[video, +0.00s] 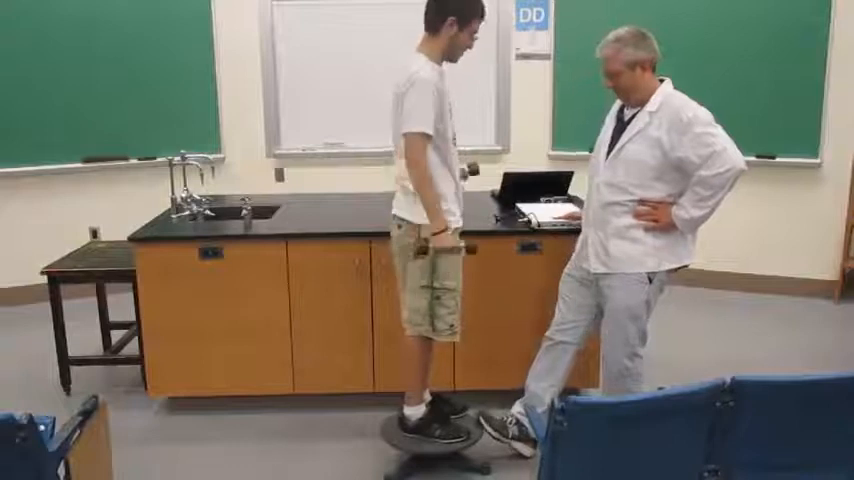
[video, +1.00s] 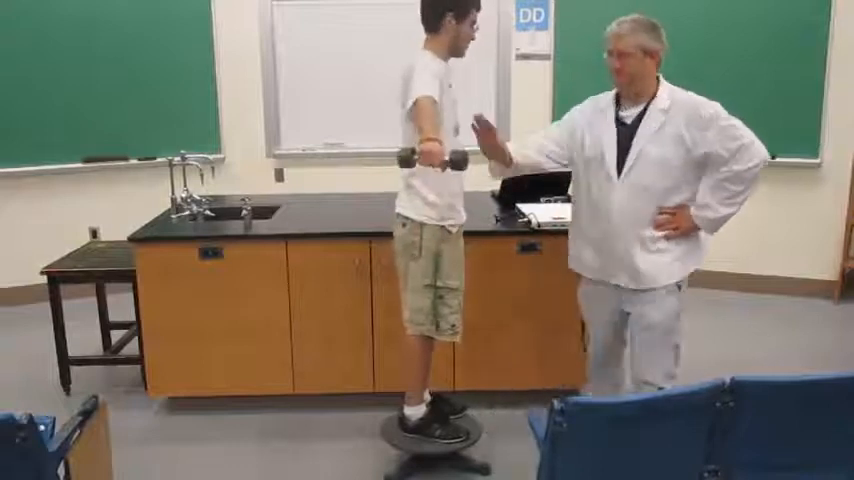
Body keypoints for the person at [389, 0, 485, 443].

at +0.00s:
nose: (472, 45)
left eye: (475, 37)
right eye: (472, 35)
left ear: (446, 26)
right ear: (450, 26)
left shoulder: (427, 75)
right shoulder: (422, 78)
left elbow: (419, 153)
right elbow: (415, 156)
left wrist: (451, 175)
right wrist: (439, 221)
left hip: (428, 220)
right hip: (422, 222)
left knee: (428, 318)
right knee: (422, 320)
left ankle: (422, 400)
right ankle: (414, 411)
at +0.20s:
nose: (472, 32)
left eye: (472, 23)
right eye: (470, 22)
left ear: (441, 21)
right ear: (453, 20)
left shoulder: (435, 68)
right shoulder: (426, 68)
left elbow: (429, 132)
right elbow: (419, 127)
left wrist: (449, 187)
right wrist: (440, 186)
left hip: (435, 215)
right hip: (423, 216)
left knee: (431, 314)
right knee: (421, 316)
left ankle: (423, 398)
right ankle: (413, 411)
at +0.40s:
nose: (476, 32)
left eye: (477, 23)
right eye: (474, 22)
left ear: (447, 21)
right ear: (457, 20)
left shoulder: (440, 68)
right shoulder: (428, 66)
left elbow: (435, 122)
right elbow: (426, 113)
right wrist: (434, 152)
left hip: (441, 214)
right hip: (425, 214)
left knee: (435, 313)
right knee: (424, 315)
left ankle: (424, 398)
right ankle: (414, 411)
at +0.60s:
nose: (478, 32)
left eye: (478, 23)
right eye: (476, 22)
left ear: (451, 21)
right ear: (457, 21)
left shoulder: (442, 69)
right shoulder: (428, 66)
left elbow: (438, 124)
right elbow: (426, 111)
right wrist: (432, 144)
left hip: (441, 214)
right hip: (425, 214)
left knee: (434, 314)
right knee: (423, 315)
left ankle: (423, 398)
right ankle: (414, 411)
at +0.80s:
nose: (477, 32)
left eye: (477, 23)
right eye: (474, 22)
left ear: (449, 21)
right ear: (456, 21)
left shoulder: (443, 68)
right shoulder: (427, 65)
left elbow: (449, 135)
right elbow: (424, 106)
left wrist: (492, 160)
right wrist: (430, 138)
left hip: (442, 213)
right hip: (425, 213)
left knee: (435, 313)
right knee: (423, 315)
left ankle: (424, 399)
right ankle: (414, 411)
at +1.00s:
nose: (475, 33)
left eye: (476, 24)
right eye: (472, 23)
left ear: (449, 22)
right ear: (450, 21)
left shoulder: (441, 69)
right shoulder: (426, 65)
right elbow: (424, 106)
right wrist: (431, 139)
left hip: (441, 213)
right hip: (423, 212)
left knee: (434, 312)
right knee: (422, 313)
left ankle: (423, 397)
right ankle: (414, 410)